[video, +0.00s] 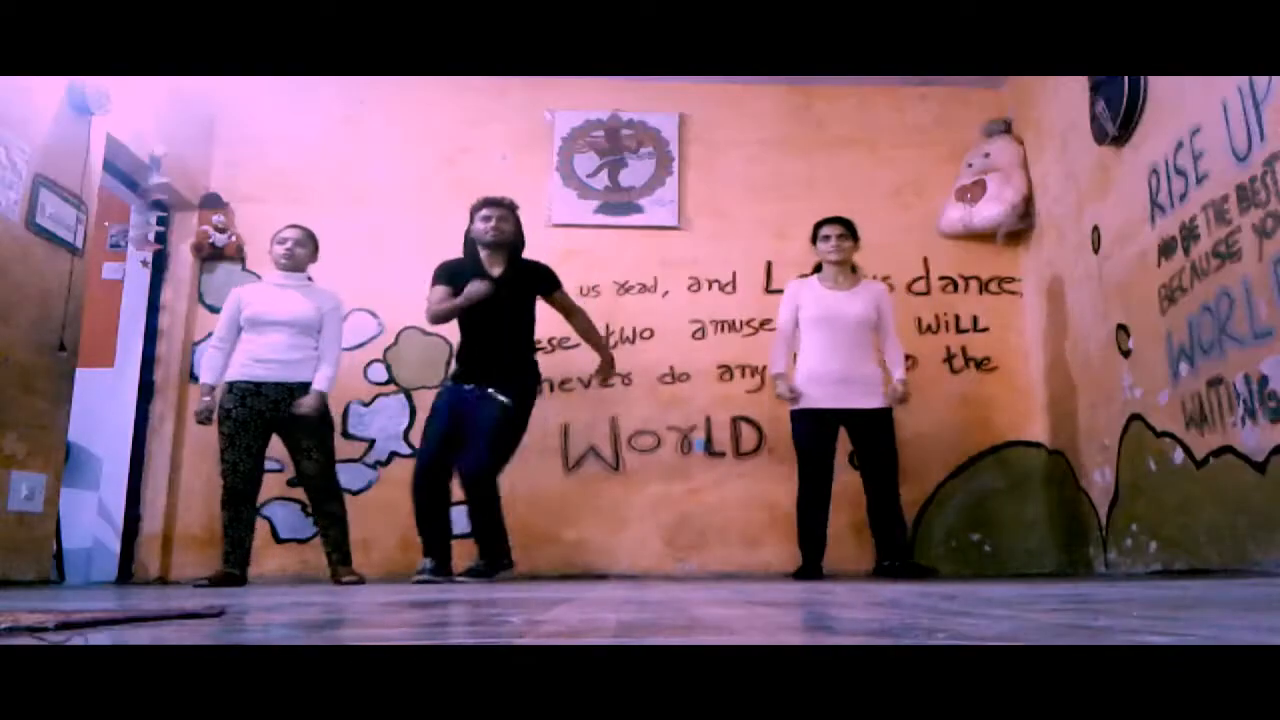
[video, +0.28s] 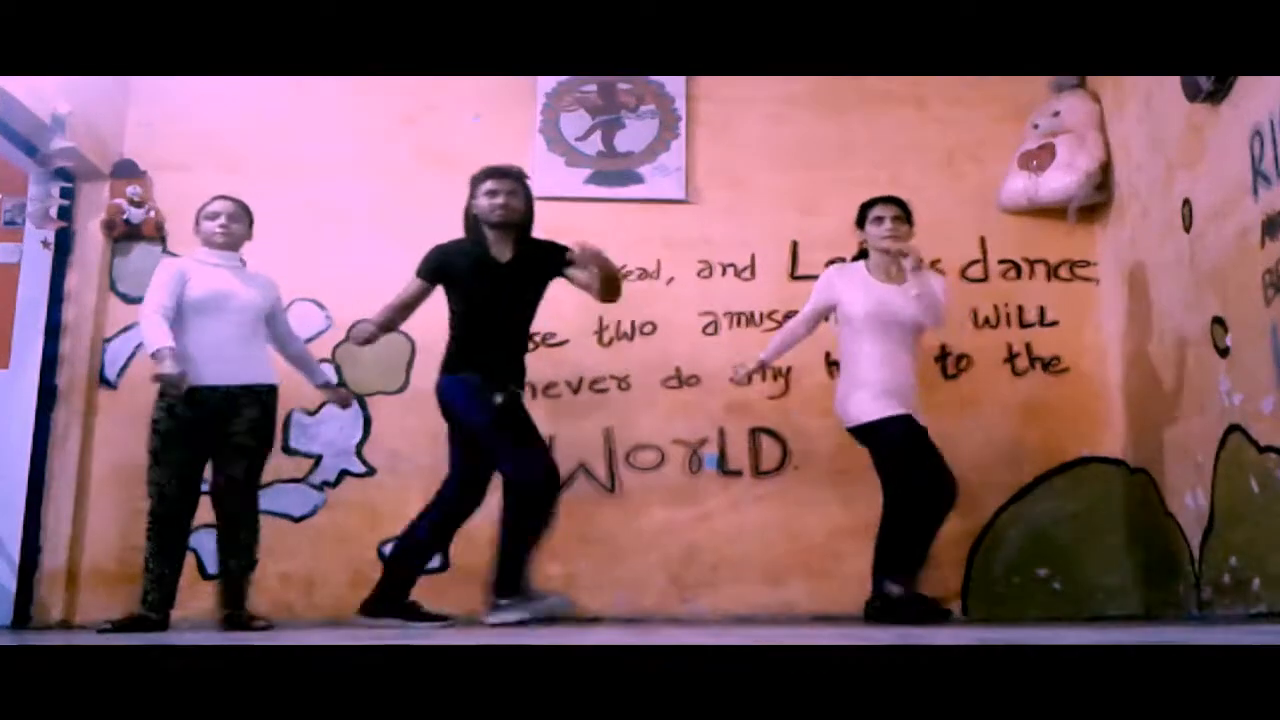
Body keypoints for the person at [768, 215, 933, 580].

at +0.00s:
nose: (834, 244)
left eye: (842, 238)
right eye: (827, 239)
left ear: (854, 246)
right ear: (815, 248)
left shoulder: (875, 291)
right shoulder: (798, 290)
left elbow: (889, 339)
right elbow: (783, 336)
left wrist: (899, 375)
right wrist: (780, 375)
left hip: (868, 403)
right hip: (813, 403)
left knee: (883, 486)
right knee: (813, 487)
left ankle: (892, 560)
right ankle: (811, 563)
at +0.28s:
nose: (888, 228)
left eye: (897, 222)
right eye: (879, 222)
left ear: (910, 232)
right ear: (863, 233)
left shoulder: (923, 282)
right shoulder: (840, 277)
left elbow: (934, 319)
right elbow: (801, 323)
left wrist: (916, 270)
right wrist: (762, 361)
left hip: (901, 403)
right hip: (865, 402)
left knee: (904, 497)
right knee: (938, 486)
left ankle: (887, 596)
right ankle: (897, 586)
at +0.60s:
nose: (899, 227)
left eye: (907, 220)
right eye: (889, 221)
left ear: (920, 230)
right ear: (871, 231)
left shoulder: (939, 279)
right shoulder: (856, 276)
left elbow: (971, 319)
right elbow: (849, 313)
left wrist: (1023, 319)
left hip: (938, 407)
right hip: (877, 410)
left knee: (926, 503)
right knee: (882, 506)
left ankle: (919, 597)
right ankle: (901, 598)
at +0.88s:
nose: (934, 227)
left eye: (941, 221)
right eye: (923, 221)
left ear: (950, 230)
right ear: (903, 230)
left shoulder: (961, 285)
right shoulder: (884, 274)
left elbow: (1010, 308)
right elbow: (833, 317)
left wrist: (1022, 258)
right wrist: (802, 305)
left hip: (945, 408)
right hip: (915, 407)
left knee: (935, 499)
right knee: (987, 493)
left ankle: (911, 595)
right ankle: (984, 594)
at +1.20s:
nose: (898, 249)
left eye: (903, 244)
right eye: (889, 244)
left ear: (911, 251)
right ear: (871, 251)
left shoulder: (913, 291)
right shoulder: (860, 285)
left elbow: (915, 330)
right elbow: (890, 308)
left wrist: (947, 321)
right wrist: (930, 282)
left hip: (921, 394)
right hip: (876, 396)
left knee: (923, 478)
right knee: (891, 479)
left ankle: (917, 557)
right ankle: (902, 557)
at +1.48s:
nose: (900, 254)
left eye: (906, 249)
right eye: (892, 248)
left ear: (912, 257)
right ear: (874, 255)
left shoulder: (904, 302)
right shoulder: (865, 288)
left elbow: (949, 333)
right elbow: (836, 330)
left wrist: (970, 304)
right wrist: (884, 303)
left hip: (897, 400)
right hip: (896, 400)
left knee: (914, 477)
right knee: (962, 465)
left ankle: (897, 555)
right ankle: (928, 547)